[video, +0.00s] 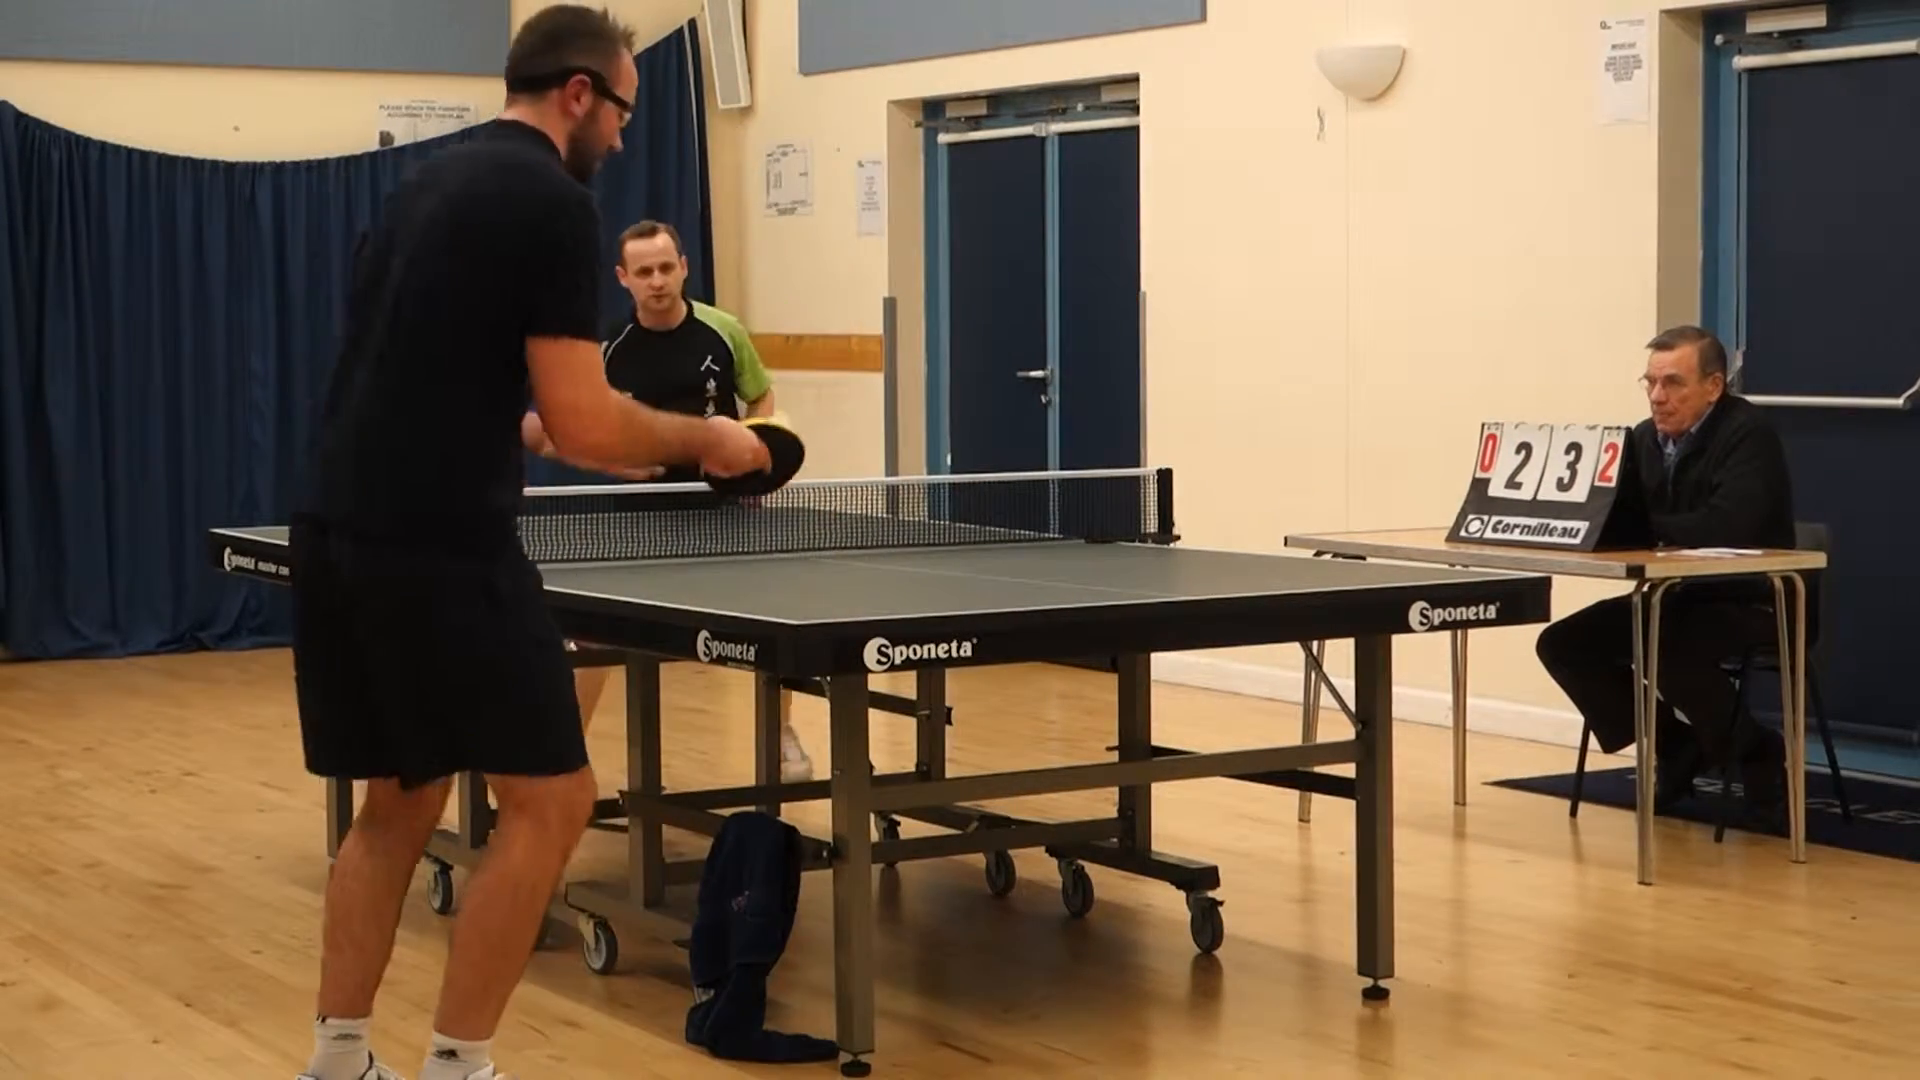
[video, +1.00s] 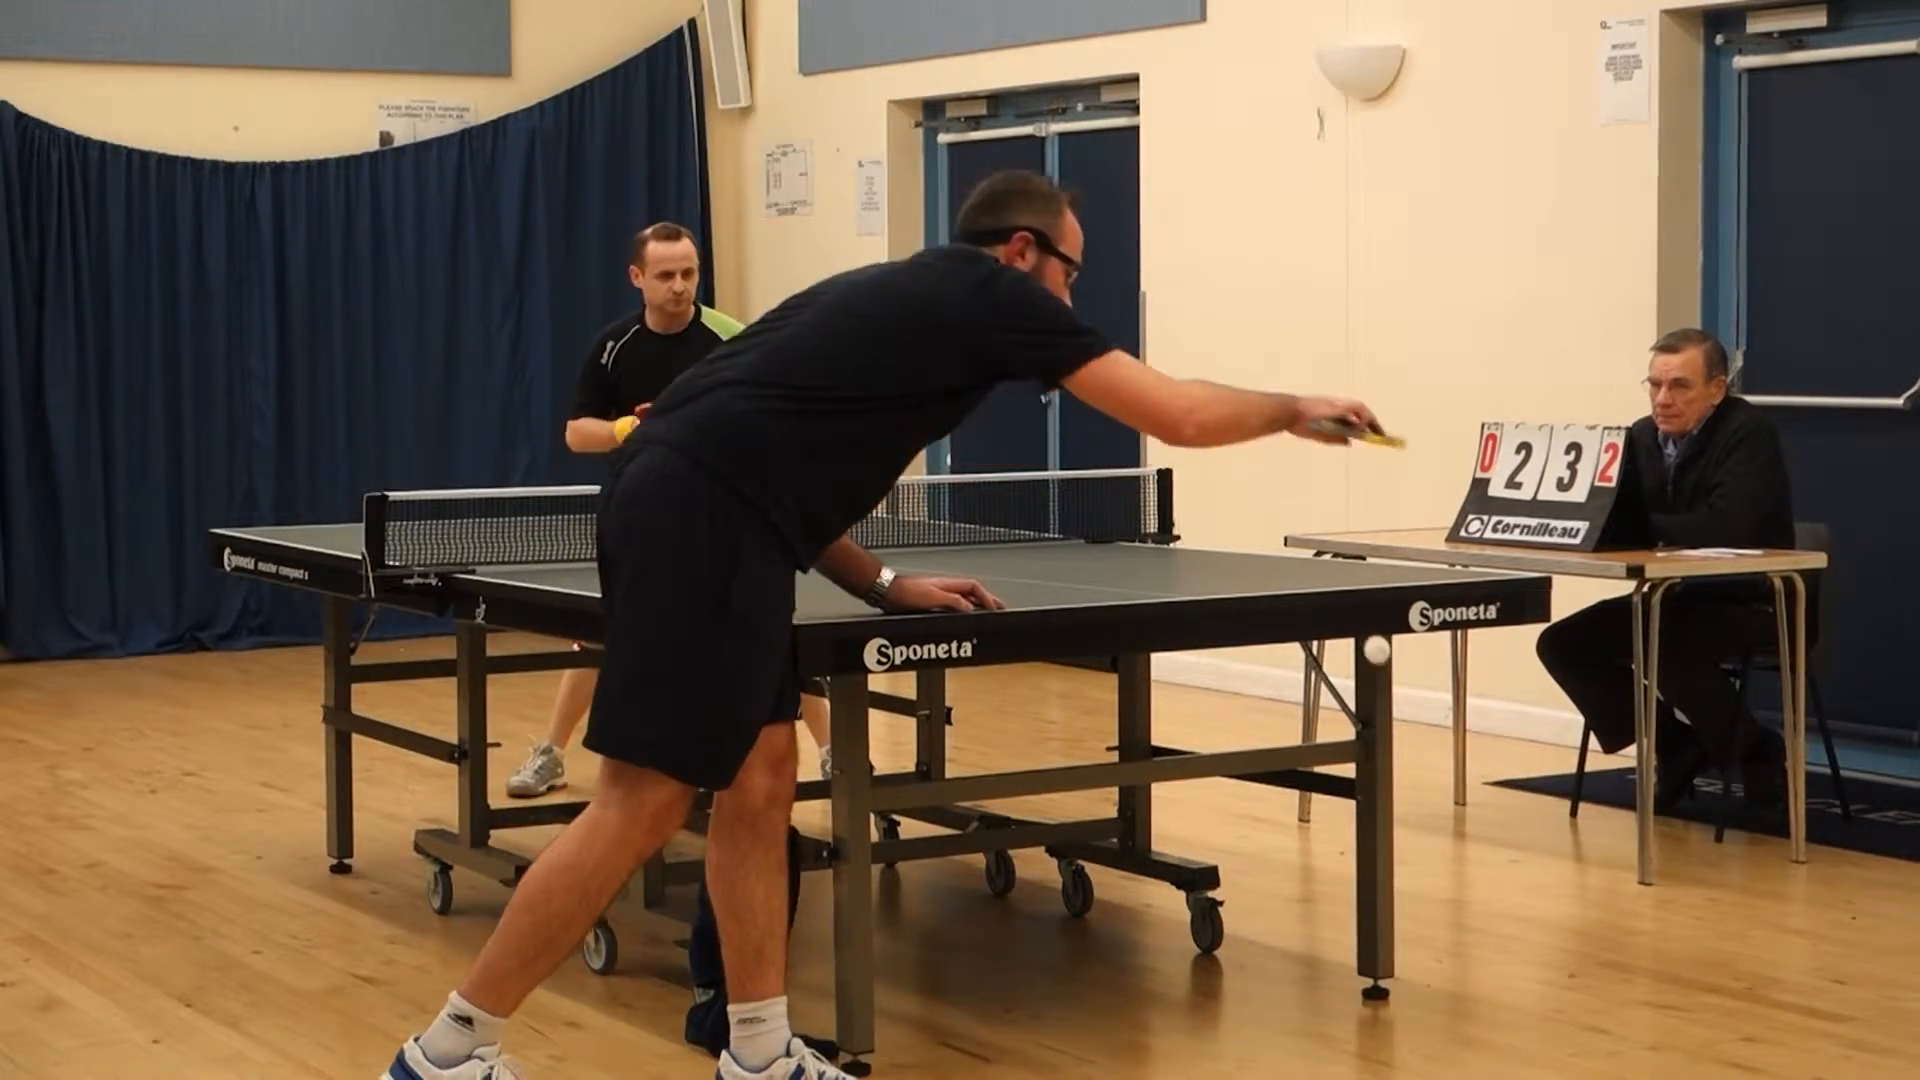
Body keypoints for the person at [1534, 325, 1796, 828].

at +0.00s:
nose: (1657, 395)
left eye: (1672, 382)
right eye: (1651, 381)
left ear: (1714, 387)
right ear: (1644, 382)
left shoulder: (1749, 435)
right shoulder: (1642, 440)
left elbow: (1733, 526)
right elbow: (1612, 518)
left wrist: (1642, 532)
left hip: (1756, 600)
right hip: (1672, 597)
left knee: (1669, 646)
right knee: (1562, 644)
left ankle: (1757, 751)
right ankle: (1675, 743)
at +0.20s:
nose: (1659, 395)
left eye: (1674, 382)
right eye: (1652, 381)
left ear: (1715, 387)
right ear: (1645, 383)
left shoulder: (1750, 435)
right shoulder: (1642, 440)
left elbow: (1733, 526)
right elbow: (1608, 515)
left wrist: (1639, 531)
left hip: (1755, 600)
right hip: (1671, 597)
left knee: (1670, 647)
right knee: (1562, 644)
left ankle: (1757, 753)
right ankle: (1675, 742)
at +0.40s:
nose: (1659, 395)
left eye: (1674, 382)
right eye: (1653, 381)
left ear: (1715, 387)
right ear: (1645, 383)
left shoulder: (1750, 434)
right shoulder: (1641, 439)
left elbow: (1734, 527)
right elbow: (1609, 516)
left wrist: (1638, 530)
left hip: (1755, 600)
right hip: (1672, 596)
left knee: (1666, 645)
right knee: (1561, 644)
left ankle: (1757, 750)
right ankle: (1673, 742)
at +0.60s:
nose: (1659, 396)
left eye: (1675, 383)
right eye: (1653, 382)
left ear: (1715, 388)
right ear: (1645, 384)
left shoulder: (1749, 435)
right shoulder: (1642, 439)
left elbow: (1732, 527)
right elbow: (1605, 512)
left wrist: (1637, 530)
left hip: (1755, 601)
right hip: (1671, 596)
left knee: (1666, 645)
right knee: (1562, 644)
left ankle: (1757, 750)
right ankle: (1674, 741)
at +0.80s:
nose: (1661, 396)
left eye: (1677, 383)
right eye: (1654, 382)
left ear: (1716, 388)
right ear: (1646, 383)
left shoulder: (1749, 434)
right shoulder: (1641, 438)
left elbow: (1733, 526)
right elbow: (1610, 518)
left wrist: (1639, 531)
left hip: (1755, 601)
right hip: (1672, 597)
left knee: (1668, 647)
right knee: (1561, 644)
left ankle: (1757, 751)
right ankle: (1674, 741)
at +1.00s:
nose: (1663, 398)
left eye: (1679, 385)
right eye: (1655, 384)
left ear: (1717, 390)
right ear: (1647, 385)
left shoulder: (1749, 434)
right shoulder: (1641, 438)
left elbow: (1731, 527)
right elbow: (1609, 518)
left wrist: (1638, 529)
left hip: (1756, 600)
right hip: (1673, 596)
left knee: (1668, 647)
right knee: (1561, 644)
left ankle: (1757, 750)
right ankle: (1674, 743)